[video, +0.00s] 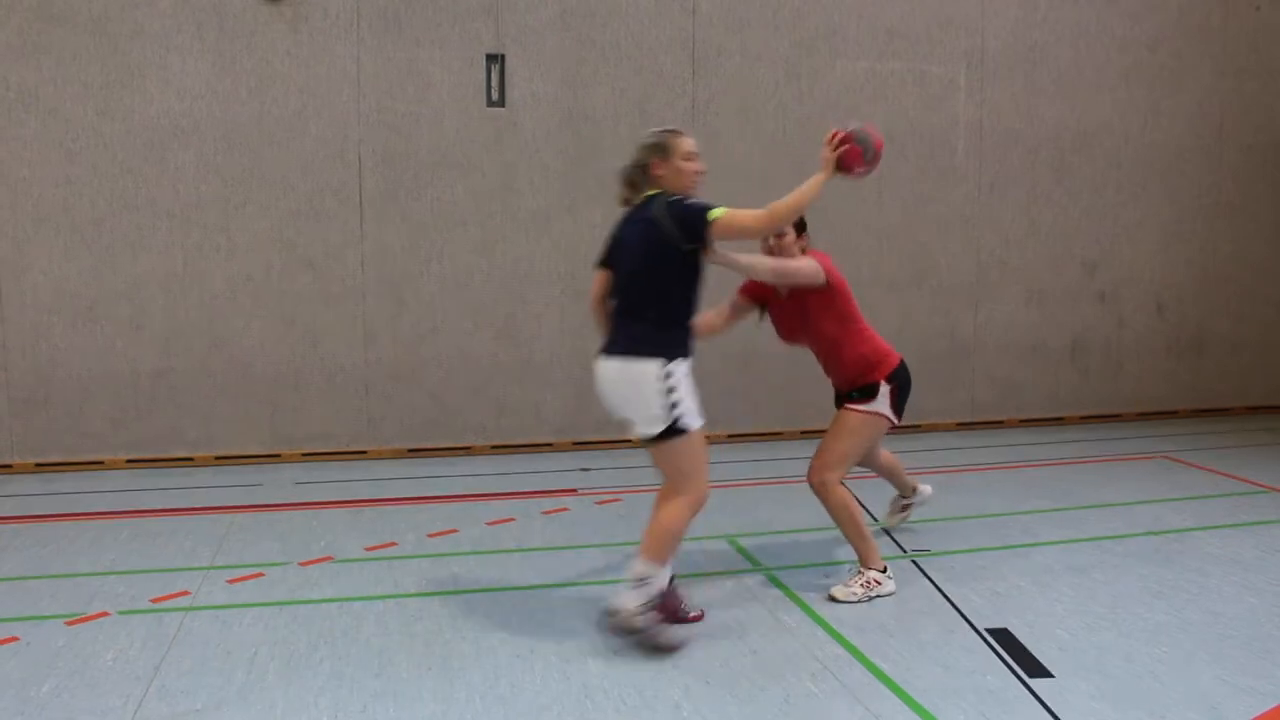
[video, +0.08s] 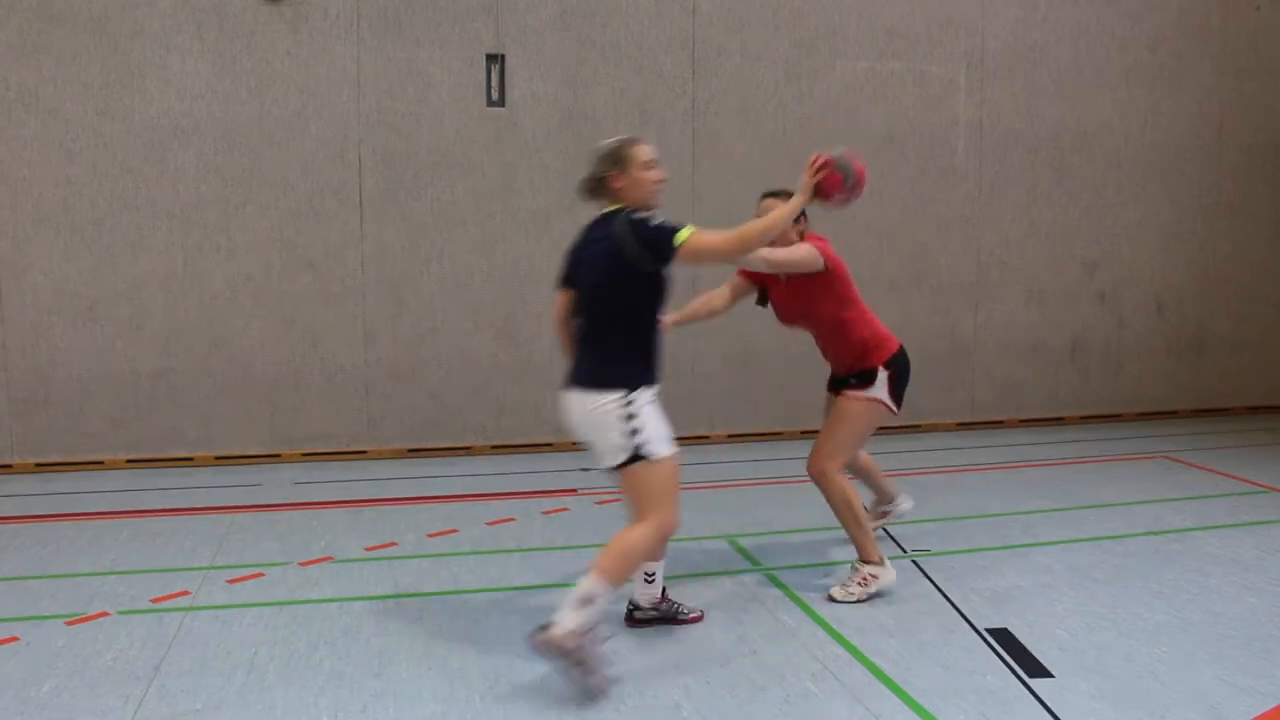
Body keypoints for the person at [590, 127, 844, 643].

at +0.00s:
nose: (700, 166)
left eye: (698, 157)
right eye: (689, 159)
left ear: (654, 172)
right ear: (658, 168)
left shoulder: (631, 220)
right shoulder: (678, 214)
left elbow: (600, 296)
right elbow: (769, 221)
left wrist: (623, 342)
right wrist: (825, 173)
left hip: (619, 362)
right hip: (655, 366)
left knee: (679, 481)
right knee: (691, 490)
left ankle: (655, 586)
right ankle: (636, 596)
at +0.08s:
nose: (662, 174)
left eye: (658, 164)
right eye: (650, 167)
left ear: (615, 184)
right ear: (618, 181)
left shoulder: (592, 236)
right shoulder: (640, 231)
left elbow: (564, 313)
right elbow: (732, 245)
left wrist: (584, 366)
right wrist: (799, 199)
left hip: (591, 390)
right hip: (621, 393)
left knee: (656, 489)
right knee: (659, 517)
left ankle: (648, 600)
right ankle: (569, 625)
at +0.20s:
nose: (602, 192)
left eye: (598, 181)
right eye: (589, 184)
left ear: (551, 204)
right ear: (556, 200)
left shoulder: (522, 260)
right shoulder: (583, 254)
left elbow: (493, 340)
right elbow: (668, 291)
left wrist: (515, 393)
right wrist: (761, 267)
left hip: (514, 423)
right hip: (549, 427)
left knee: (600, 502)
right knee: (568, 563)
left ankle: (640, 600)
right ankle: (501, 698)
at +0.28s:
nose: (562, 185)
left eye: (556, 174)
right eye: (548, 177)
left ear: (511, 195)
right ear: (517, 192)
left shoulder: (478, 252)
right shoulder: (538, 254)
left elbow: (444, 334)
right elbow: (625, 304)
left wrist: (472, 377)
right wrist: (713, 316)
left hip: (451, 414)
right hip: (487, 421)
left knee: (534, 517)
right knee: (534, 553)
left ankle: (592, 600)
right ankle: (498, 703)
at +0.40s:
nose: (490, 152)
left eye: (486, 141)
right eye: (476, 142)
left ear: (439, 160)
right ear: (442, 157)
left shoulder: (415, 211)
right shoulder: (461, 219)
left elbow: (370, 290)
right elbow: (507, 312)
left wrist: (401, 349)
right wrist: (563, 393)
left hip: (379, 383)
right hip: (402, 394)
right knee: (429, 535)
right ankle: (434, 671)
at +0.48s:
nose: (434, 152)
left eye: (430, 141)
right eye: (420, 144)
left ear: (380, 162)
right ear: (384, 158)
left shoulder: (359, 217)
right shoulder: (396, 222)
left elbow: (318, 303)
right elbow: (402, 329)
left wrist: (355, 354)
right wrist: (431, 421)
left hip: (322, 391)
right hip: (355, 398)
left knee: (372, 524)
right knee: (390, 543)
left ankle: (303, 609)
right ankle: (322, 674)